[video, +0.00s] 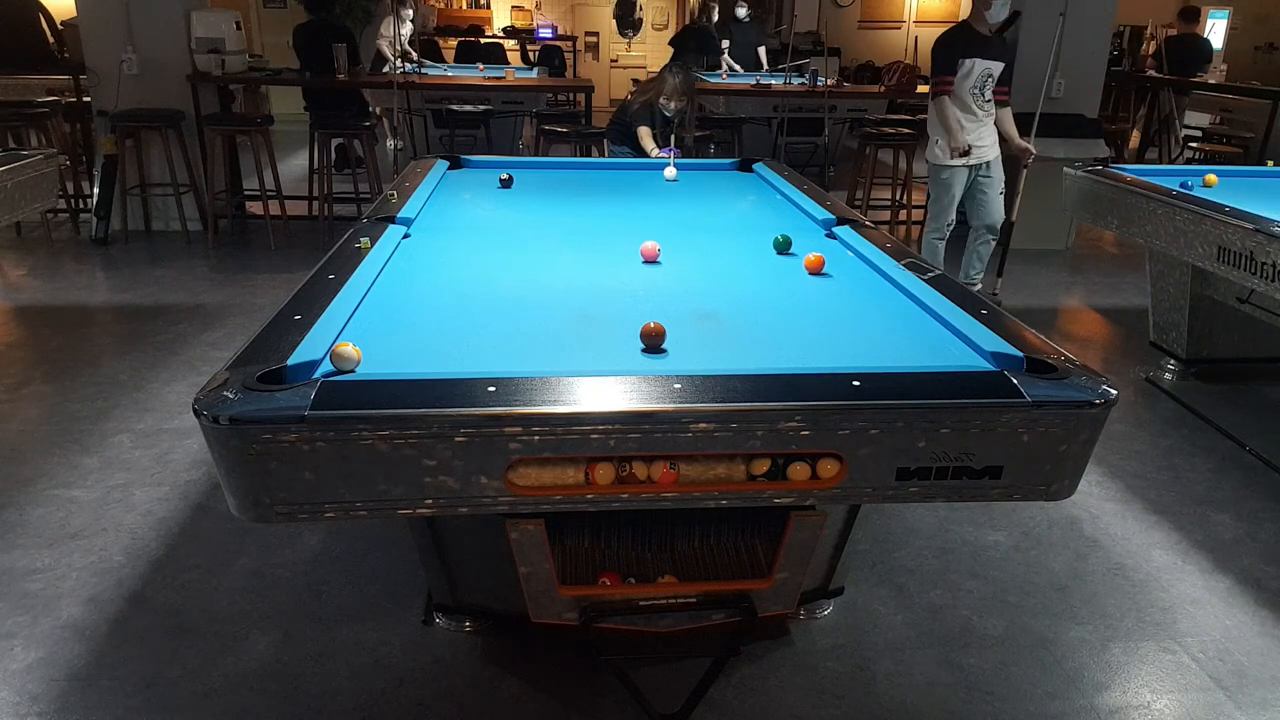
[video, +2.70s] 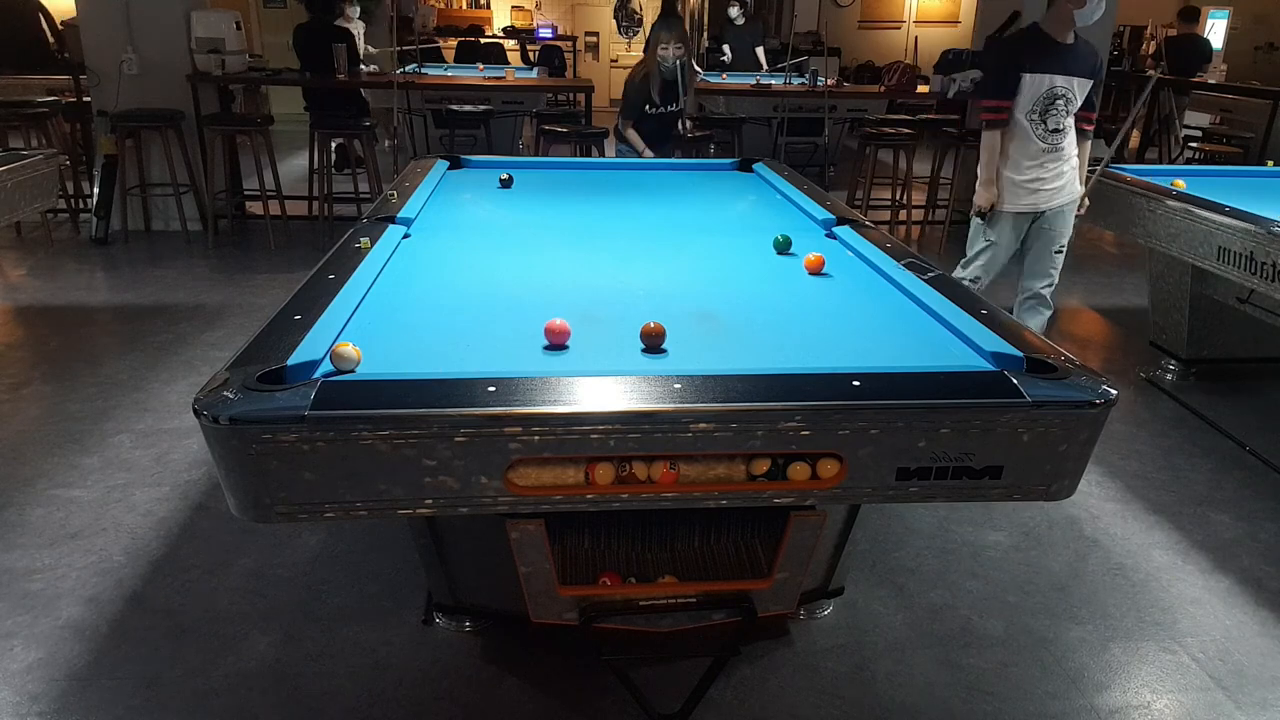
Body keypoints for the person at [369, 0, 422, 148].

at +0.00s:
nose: (409, 12)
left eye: (411, 9)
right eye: (405, 9)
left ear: (413, 10)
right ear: (398, 10)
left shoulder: (409, 26)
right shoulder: (390, 21)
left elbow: (403, 43)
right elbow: (380, 42)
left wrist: (412, 52)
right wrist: (393, 60)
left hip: (396, 64)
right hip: (382, 65)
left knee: (395, 103)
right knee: (384, 105)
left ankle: (395, 135)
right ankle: (390, 138)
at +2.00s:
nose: (404, 10)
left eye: (406, 7)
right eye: (401, 7)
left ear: (408, 8)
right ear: (394, 8)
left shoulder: (406, 24)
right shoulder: (386, 20)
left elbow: (400, 37)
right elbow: (378, 44)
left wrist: (408, 44)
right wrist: (392, 60)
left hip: (395, 64)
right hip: (380, 65)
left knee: (391, 102)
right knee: (380, 103)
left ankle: (392, 136)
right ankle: (382, 138)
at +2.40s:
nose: (385, 6)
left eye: (387, 3)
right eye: (381, 3)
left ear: (389, 5)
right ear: (374, 6)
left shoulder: (390, 20)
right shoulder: (368, 20)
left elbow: (389, 40)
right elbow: (369, 46)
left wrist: (397, 47)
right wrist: (387, 61)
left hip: (388, 63)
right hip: (374, 64)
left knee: (390, 102)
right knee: (377, 103)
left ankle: (392, 137)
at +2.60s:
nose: (366, 7)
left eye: (368, 4)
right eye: (362, 4)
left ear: (371, 6)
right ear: (355, 5)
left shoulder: (372, 23)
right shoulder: (351, 23)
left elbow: (370, 43)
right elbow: (355, 52)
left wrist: (378, 47)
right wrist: (373, 65)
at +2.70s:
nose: (355, 9)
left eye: (357, 6)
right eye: (351, 6)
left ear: (360, 7)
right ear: (344, 7)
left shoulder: (361, 25)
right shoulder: (338, 26)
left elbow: (359, 44)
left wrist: (366, 48)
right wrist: (363, 67)